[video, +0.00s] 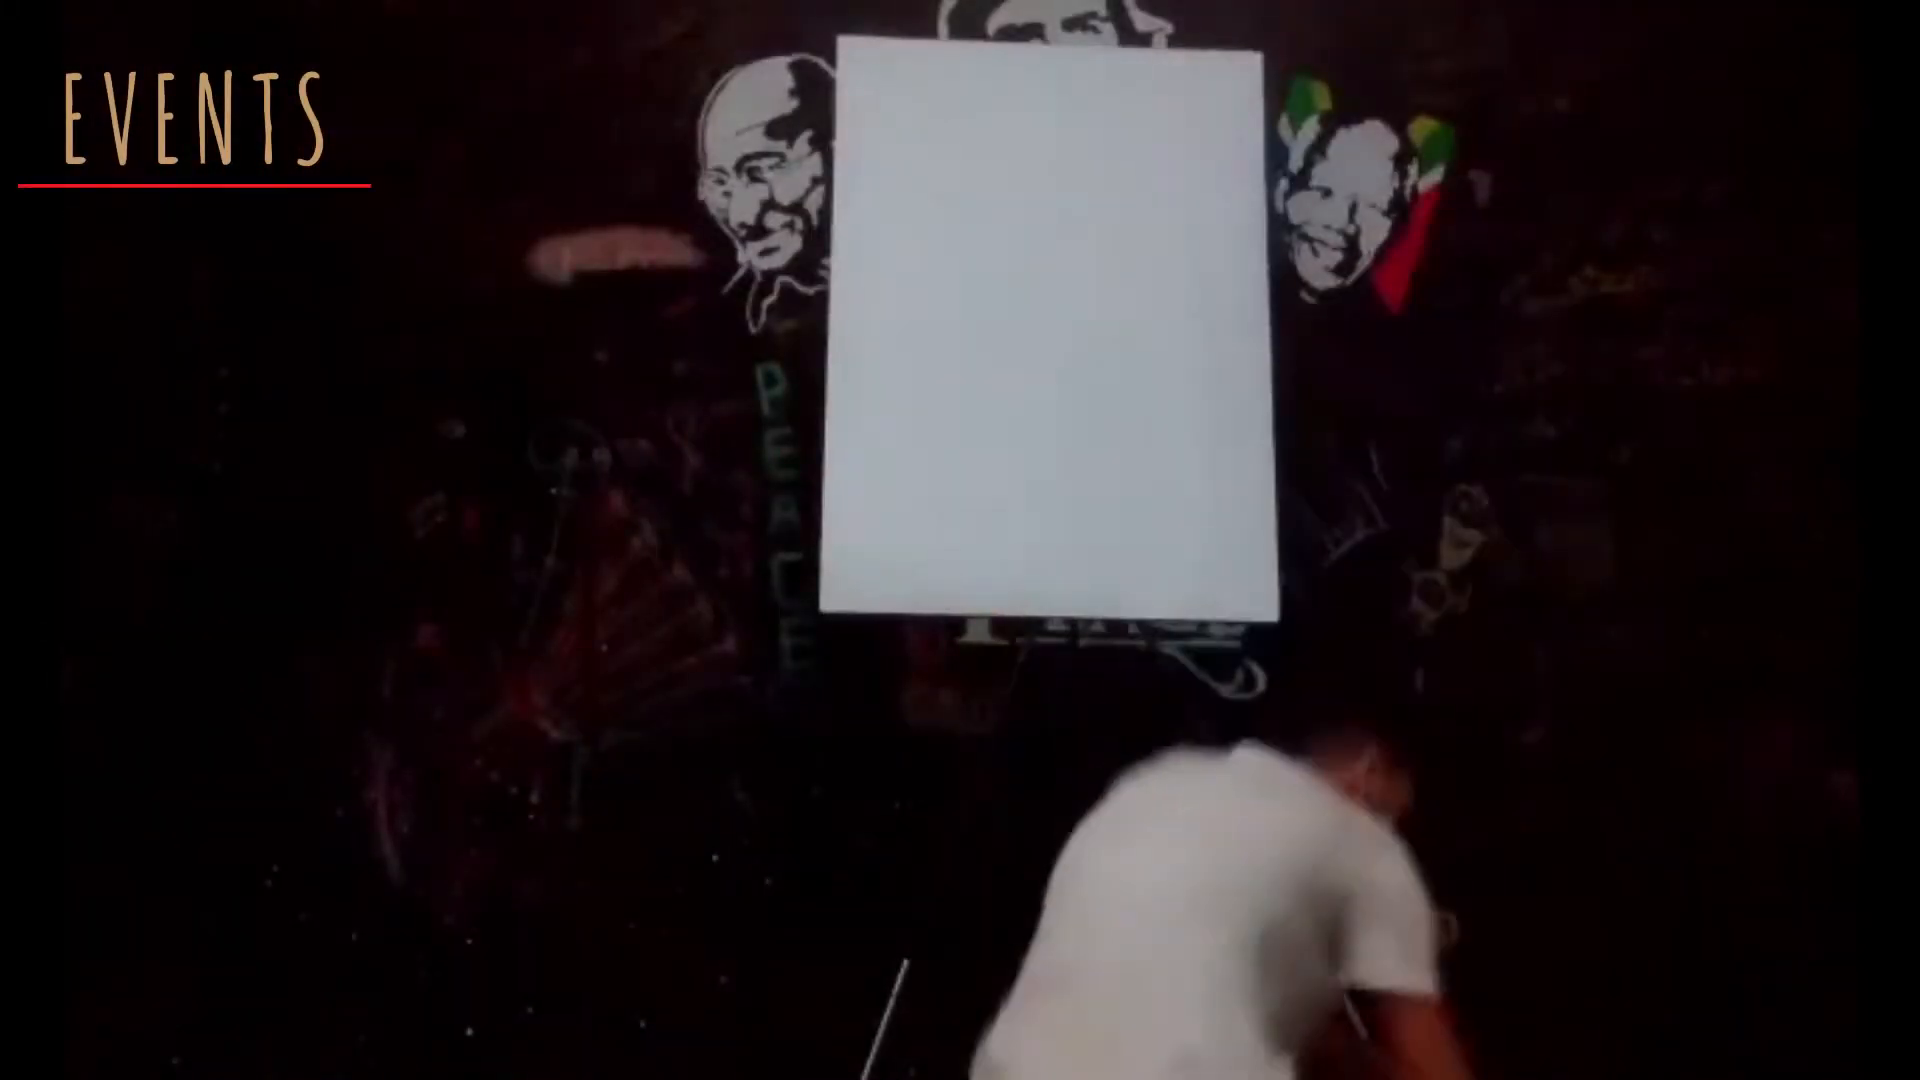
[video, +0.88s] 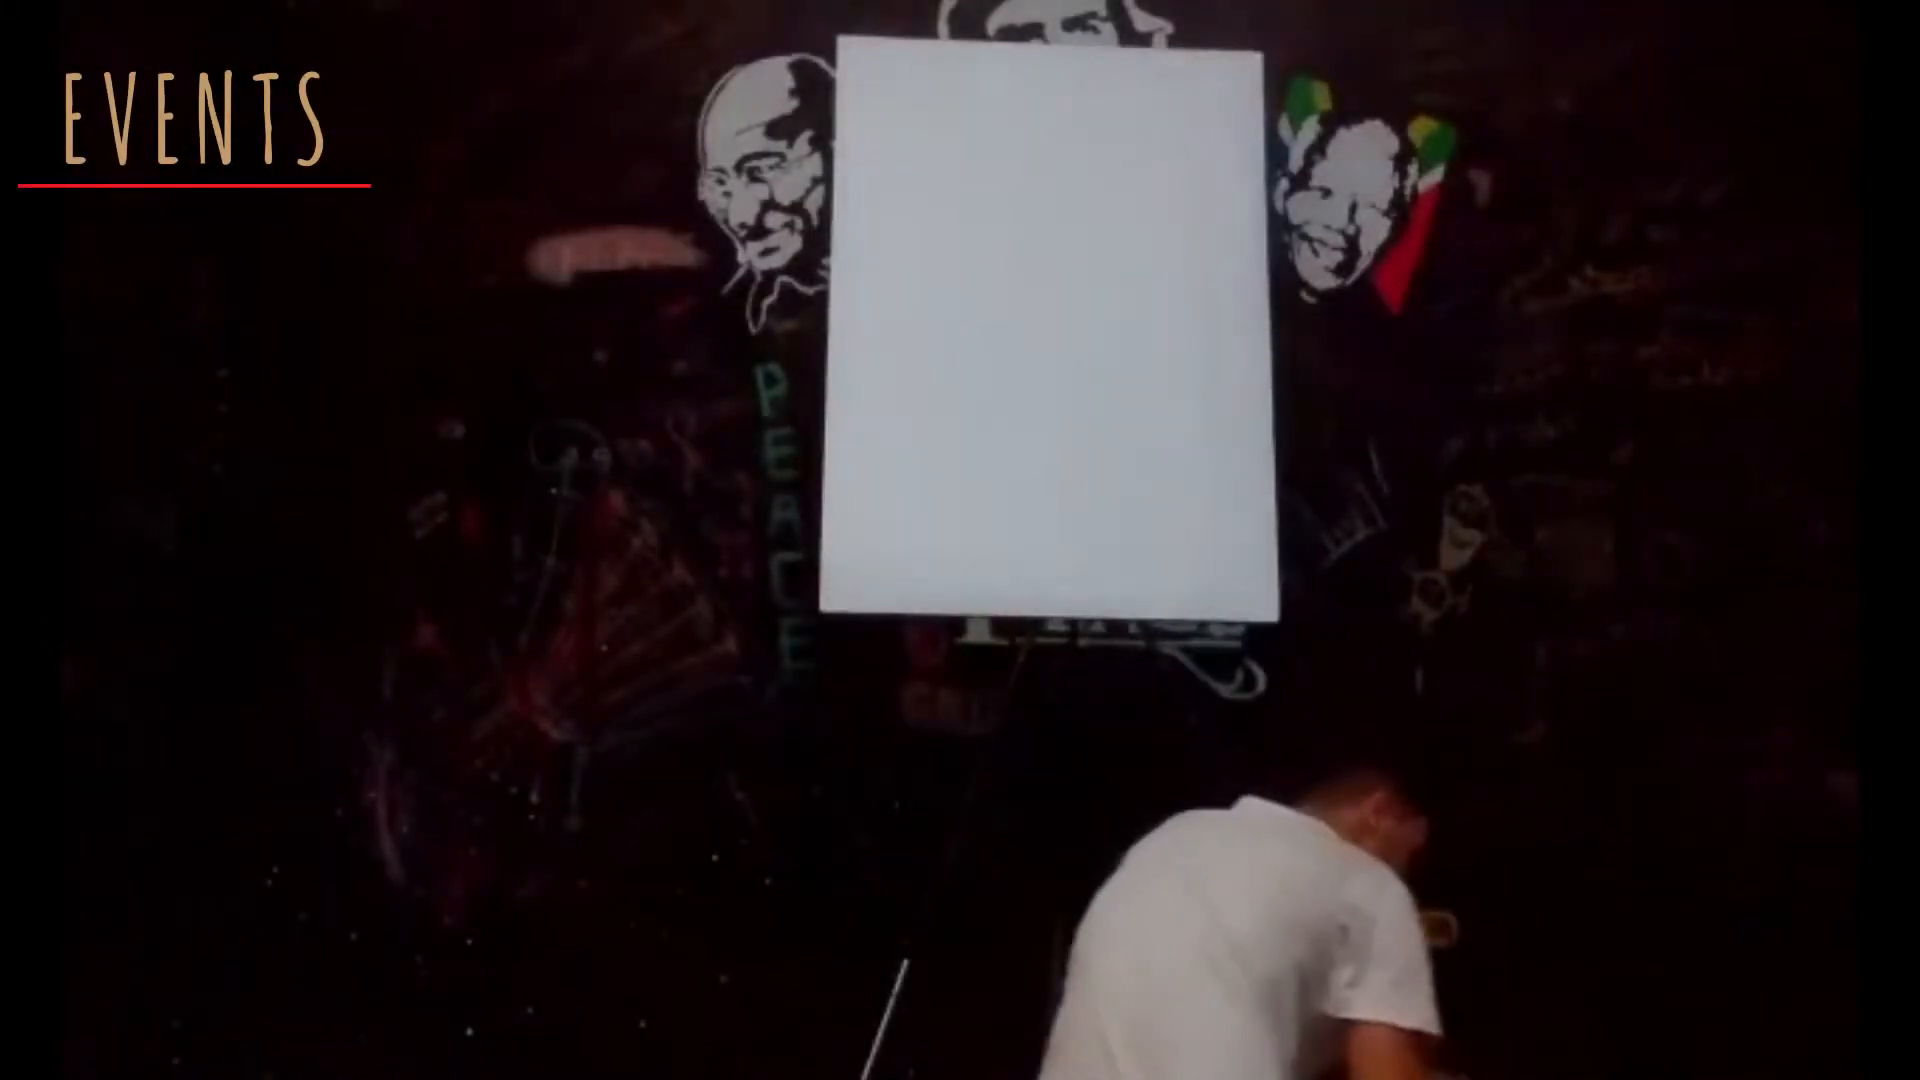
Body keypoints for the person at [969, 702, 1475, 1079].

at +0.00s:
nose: (1389, 832)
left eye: (1397, 820)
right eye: (1393, 815)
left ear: (1284, 747)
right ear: (1368, 776)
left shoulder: (1143, 783)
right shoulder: (1361, 845)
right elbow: (1426, 1061)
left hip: (1014, 1060)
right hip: (1201, 1059)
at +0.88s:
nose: (1401, 874)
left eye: (1410, 859)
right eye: (1407, 852)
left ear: (1306, 801)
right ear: (1379, 812)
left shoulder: (1174, 832)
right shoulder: (1367, 888)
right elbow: (1387, 1066)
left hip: (1068, 1064)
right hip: (1218, 1061)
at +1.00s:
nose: (1419, 873)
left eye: (1430, 859)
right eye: (1426, 852)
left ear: (1326, 800)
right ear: (1396, 813)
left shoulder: (1189, 830)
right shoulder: (1387, 892)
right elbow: (1405, 1068)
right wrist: (1426, 959)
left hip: (1079, 1067)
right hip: (1236, 1063)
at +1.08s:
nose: (1429, 873)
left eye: (1439, 858)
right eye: (1435, 852)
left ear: (1333, 802)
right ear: (1405, 814)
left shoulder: (1194, 828)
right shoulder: (1396, 893)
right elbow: (1417, 1065)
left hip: (1085, 1066)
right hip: (1247, 1062)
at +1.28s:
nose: (1446, 874)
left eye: (1457, 860)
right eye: (1454, 854)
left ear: (1352, 795)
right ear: (1427, 816)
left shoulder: (1208, 826)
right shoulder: (1433, 907)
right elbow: (1463, 1063)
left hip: (1113, 1066)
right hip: (1284, 1061)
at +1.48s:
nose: (1473, 867)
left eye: (1479, 855)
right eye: (1475, 850)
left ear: (1359, 791)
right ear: (1453, 817)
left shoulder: (1229, 830)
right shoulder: (1472, 912)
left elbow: (1161, 999)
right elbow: (1510, 1067)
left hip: (1152, 1068)